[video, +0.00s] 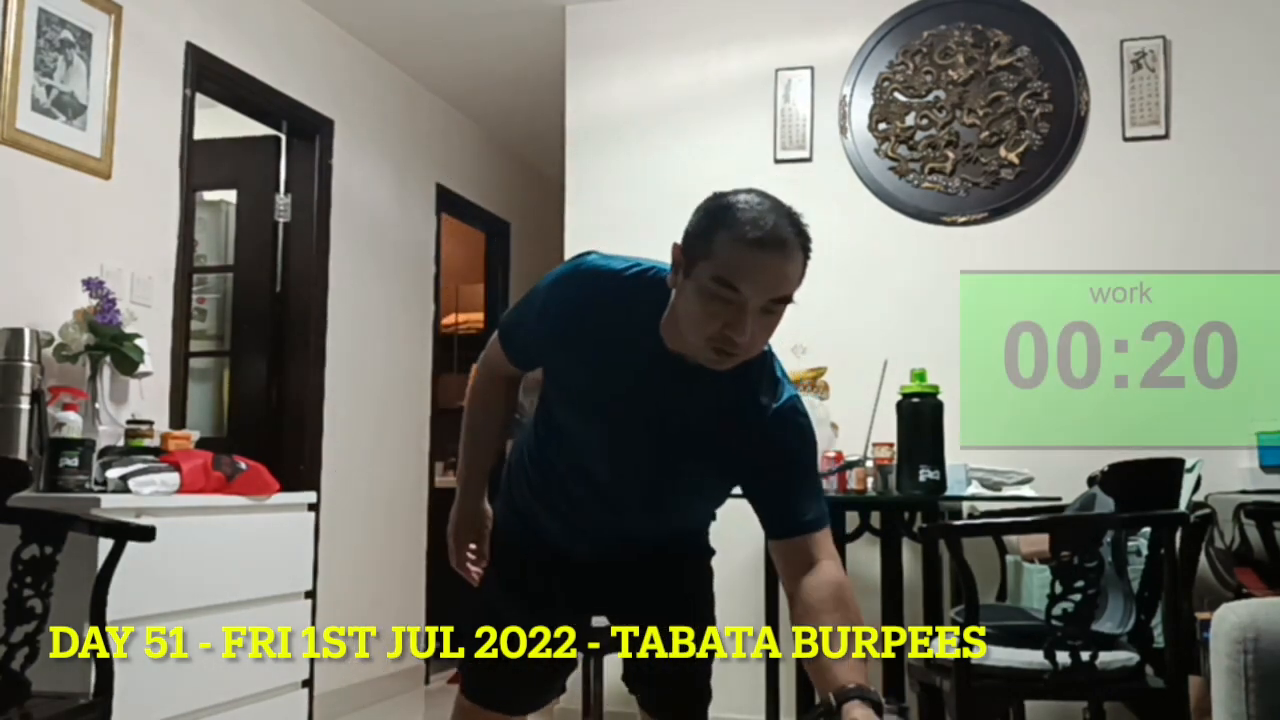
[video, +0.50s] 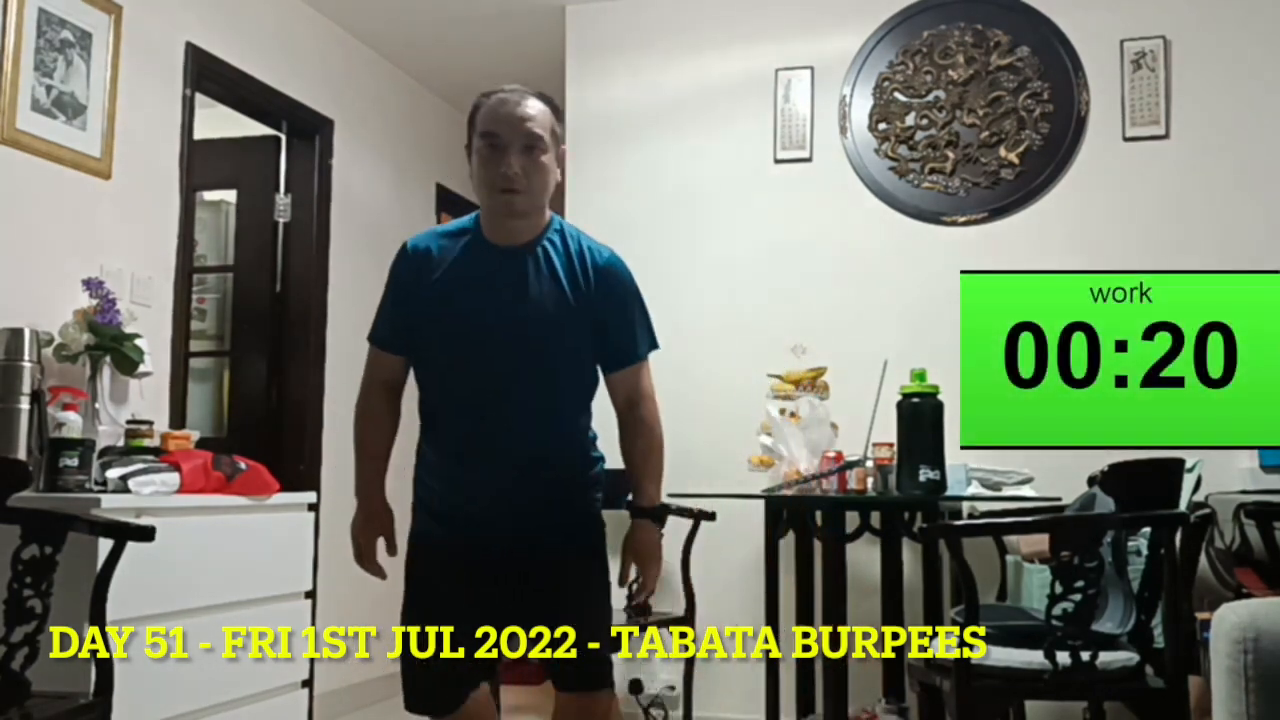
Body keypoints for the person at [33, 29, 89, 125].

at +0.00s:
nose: (67, 51)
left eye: (69, 48)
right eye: (64, 49)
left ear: (74, 49)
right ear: (61, 50)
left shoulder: (79, 66)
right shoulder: (61, 60)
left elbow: (69, 89)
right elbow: (57, 80)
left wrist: (48, 82)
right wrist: (49, 101)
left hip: (79, 102)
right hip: (64, 95)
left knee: (63, 98)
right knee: (48, 88)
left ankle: (70, 119)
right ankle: (61, 116)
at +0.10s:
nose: (66, 51)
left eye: (69, 48)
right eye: (63, 49)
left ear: (74, 49)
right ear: (61, 50)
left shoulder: (79, 66)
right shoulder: (62, 60)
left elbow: (69, 89)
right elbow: (57, 81)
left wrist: (49, 82)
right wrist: (49, 101)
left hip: (79, 102)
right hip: (64, 95)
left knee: (63, 98)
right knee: (48, 88)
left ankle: (69, 119)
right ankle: (61, 116)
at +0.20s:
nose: (67, 52)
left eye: (69, 48)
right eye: (64, 49)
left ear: (74, 49)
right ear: (61, 50)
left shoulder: (79, 66)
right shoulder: (62, 60)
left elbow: (69, 89)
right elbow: (57, 80)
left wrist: (48, 82)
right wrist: (49, 101)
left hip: (79, 102)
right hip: (64, 95)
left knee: (63, 98)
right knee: (47, 88)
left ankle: (70, 119)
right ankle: (61, 116)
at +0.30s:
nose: (67, 51)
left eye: (69, 48)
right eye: (63, 49)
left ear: (74, 49)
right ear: (61, 50)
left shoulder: (79, 66)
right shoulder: (62, 60)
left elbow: (69, 89)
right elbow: (57, 81)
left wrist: (48, 82)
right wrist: (49, 101)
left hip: (79, 102)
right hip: (64, 95)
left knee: (63, 98)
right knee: (47, 88)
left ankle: (69, 119)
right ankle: (61, 116)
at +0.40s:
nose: (67, 52)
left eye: (69, 48)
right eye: (64, 49)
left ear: (74, 49)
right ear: (61, 50)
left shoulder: (79, 66)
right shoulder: (61, 60)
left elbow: (69, 89)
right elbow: (57, 81)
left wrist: (48, 82)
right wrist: (49, 101)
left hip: (79, 102)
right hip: (64, 95)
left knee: (63, 98)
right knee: (47, 88)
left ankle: (70, 119)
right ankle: (61, 116)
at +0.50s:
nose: (66, 51)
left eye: (69, 48)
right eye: (63, 49)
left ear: (74, 49)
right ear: (61, 50)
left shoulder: (79, 66)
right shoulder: (62, 60)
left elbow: (69, 89)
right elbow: (57, 81)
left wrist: (49, 82)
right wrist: (49, 101)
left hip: (79, 102)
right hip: (64, 95)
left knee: (64, 98)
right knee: (48, 88)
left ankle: (70, 119)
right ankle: (61, 116)